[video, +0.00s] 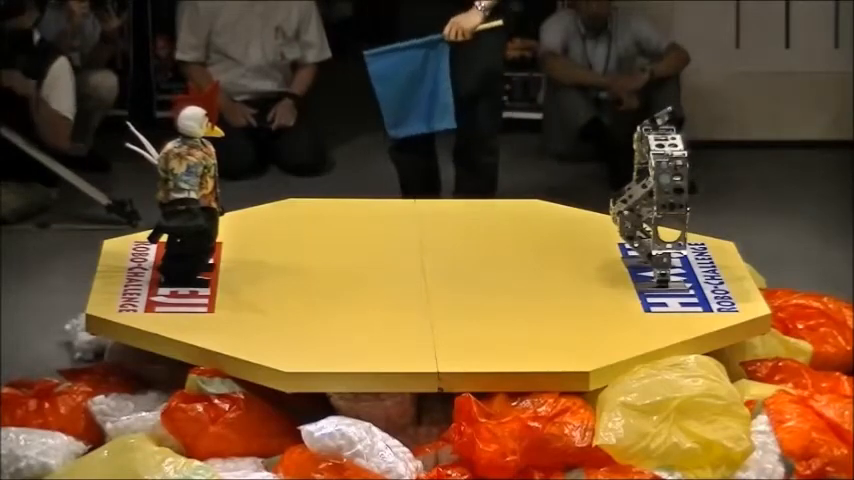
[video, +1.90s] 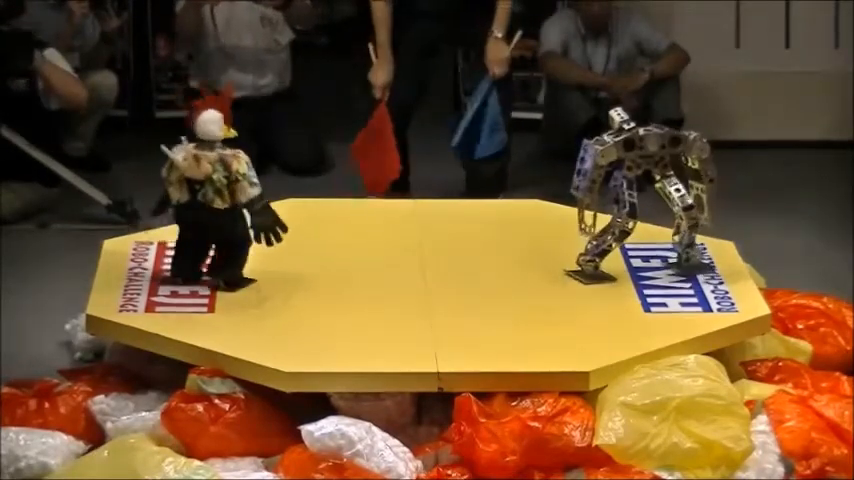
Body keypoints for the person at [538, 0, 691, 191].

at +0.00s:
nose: (595, 9)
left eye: (601, 2)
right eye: (587, 2)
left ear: (611, 4)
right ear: (574, 5)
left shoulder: (630, 24)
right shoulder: (558, 25)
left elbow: (679, 56)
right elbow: (552, 67)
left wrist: (644, 76)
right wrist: (611, 83)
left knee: (666, 81)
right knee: (564, 88)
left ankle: (670, 166)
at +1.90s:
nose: (597, 11)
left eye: (603, 5)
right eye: (590, 5)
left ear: (612, 5)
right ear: (577, 6)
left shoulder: (628, 23)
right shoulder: (559, 24)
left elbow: (679, 56)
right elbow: (550, 64)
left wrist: (644, 76)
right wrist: (608, 83)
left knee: (667, 81)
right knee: (563, 88)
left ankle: (666, 153)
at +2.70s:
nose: (596, 9)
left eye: (603, 3)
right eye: (589, 3)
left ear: (612, 4)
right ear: (578, 5)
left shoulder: (629, 21)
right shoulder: (559, 24)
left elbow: (680, 56)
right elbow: (550, 64)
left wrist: (644, 75)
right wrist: (608, 83)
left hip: (629, 110)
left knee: (667, 80)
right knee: (565, 92)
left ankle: (662, 164)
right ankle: (615, 166)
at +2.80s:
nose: (597, 9)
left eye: (604, 2)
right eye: (590, 3)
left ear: (613, 4)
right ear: (576, 6)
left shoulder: (628, 23)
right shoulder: (558, 25)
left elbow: (680, 56)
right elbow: (551, 65)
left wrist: (644, 75)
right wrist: (610, 83)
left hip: (627, 113)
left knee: (668, 79)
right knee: (564, 91)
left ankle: (662, 164)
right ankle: (616, 165)